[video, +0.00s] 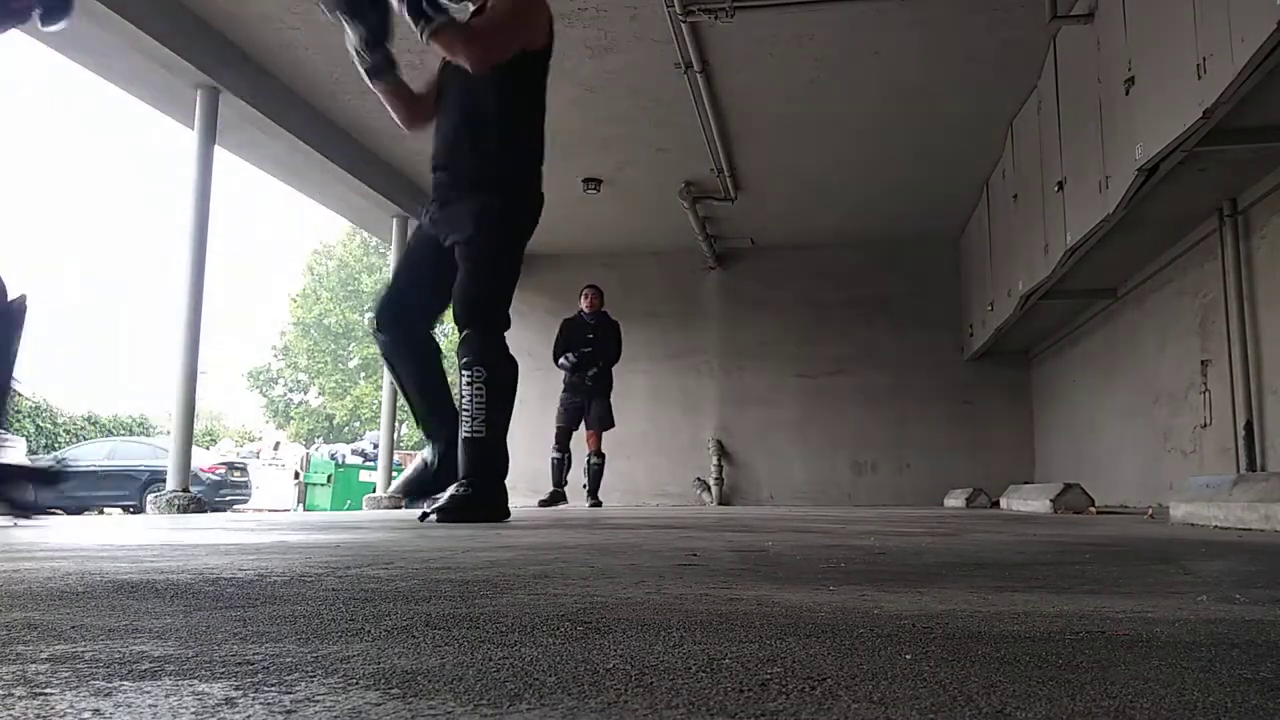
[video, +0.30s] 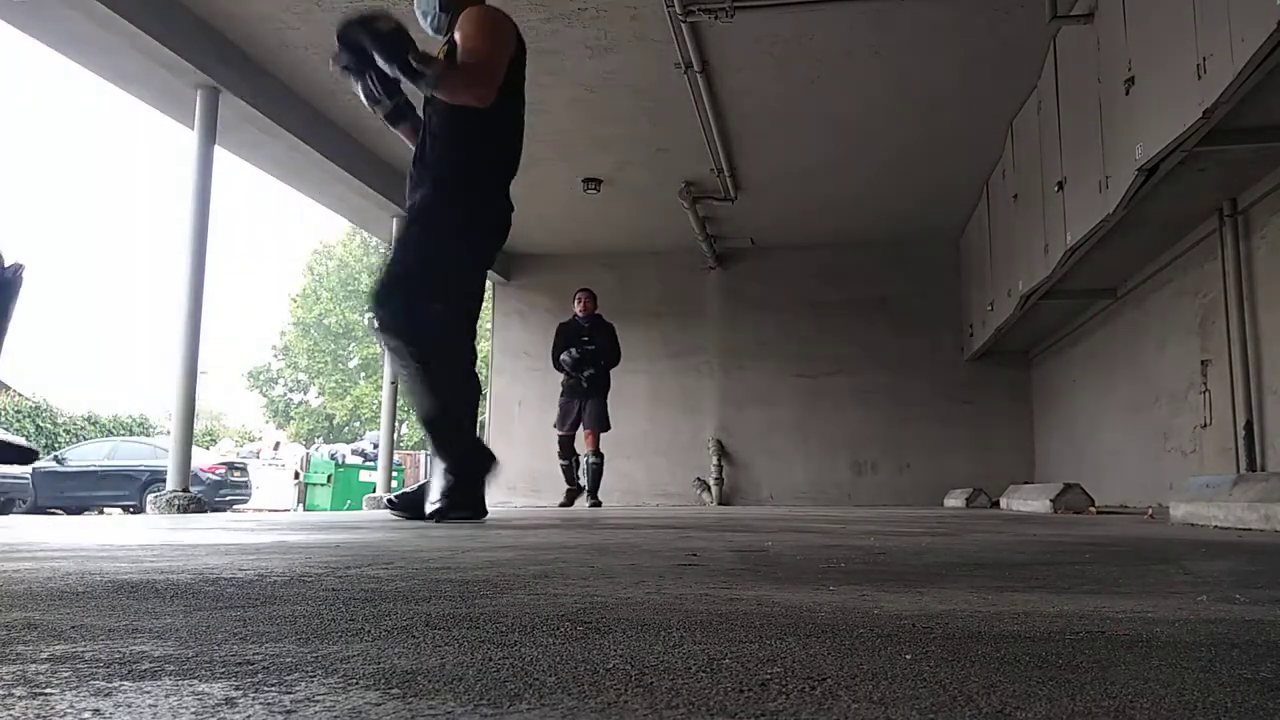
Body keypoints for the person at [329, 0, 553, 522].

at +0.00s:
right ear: (474, 4)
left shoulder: (526, 8)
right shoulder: (464, 41)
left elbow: (474, 52)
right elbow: (413, 113)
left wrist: (417, 10)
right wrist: (372, 53)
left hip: (500, 199)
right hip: (448, 206)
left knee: (478, 323)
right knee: (397, 319)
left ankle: (485, 488)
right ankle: (448, 448)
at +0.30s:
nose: (425, 12)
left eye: (426, 8)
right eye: (424, 13)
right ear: (439, 12)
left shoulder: (483, 20)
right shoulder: (460, 51)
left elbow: (478, 87)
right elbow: (439, 151)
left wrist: (406, 58)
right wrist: (392, 108)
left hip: (459, 206)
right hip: (455, 209)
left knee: (396, 312)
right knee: (448, 341)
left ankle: (461, 456)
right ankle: (453, 486)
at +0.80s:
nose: (414, 11)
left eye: (421, 2)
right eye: (412, 6)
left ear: (449, 1)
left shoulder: (471, 35)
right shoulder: (441, 61)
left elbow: (427, 81)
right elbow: (401, 152)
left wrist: (371, 32)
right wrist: (373, 85)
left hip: (416, 209)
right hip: (442, 221)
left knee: (340, 310)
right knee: (422, 349)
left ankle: (346, 462)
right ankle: (454, 482)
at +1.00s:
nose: (395, 13)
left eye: (397, 6)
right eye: (396, 10)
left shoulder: (451, 24)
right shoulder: (418, 49)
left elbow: (417, 75)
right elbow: (377, 123)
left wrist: (372, 31)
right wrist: (357, 61)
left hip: (410, 199)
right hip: (435, 211)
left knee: (304, 275)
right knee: (428, 348)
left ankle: (316, 428)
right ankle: (455, 483)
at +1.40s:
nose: (354, 19)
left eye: (361, 13)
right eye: (357, 14)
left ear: (384, 1)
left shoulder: (410, 17)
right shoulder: (396, 53)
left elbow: (320, 8)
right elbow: (329, 90)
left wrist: (279, 4)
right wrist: (287, 19)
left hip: (428, 193)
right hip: (460, 202)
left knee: (352, 312)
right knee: (413, 342)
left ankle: (333, 467)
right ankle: (465, 473)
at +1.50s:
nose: (373, 19)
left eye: (380, 13)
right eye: (374, 16)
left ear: (409, 3)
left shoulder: (432, 20)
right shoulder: (387, 58)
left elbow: (341, 14)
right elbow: (323, 93)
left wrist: (277, 6)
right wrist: (289, 25)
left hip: (440, 193)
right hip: (439, 202)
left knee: (348, 286)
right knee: (421, 344)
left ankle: (337, 440)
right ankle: (466, 478)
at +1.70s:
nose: (398, 20)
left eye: (403, 14)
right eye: (398, 15)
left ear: (428, 1)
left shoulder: (455, 22)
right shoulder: (404, 57)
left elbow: (361, 17)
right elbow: (338, 92)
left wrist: (299, 2)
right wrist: (302, 23)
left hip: (440, 201)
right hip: (417, 206)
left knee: (371, 308)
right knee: (411, 341)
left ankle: (372, 469)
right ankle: (466, 475)